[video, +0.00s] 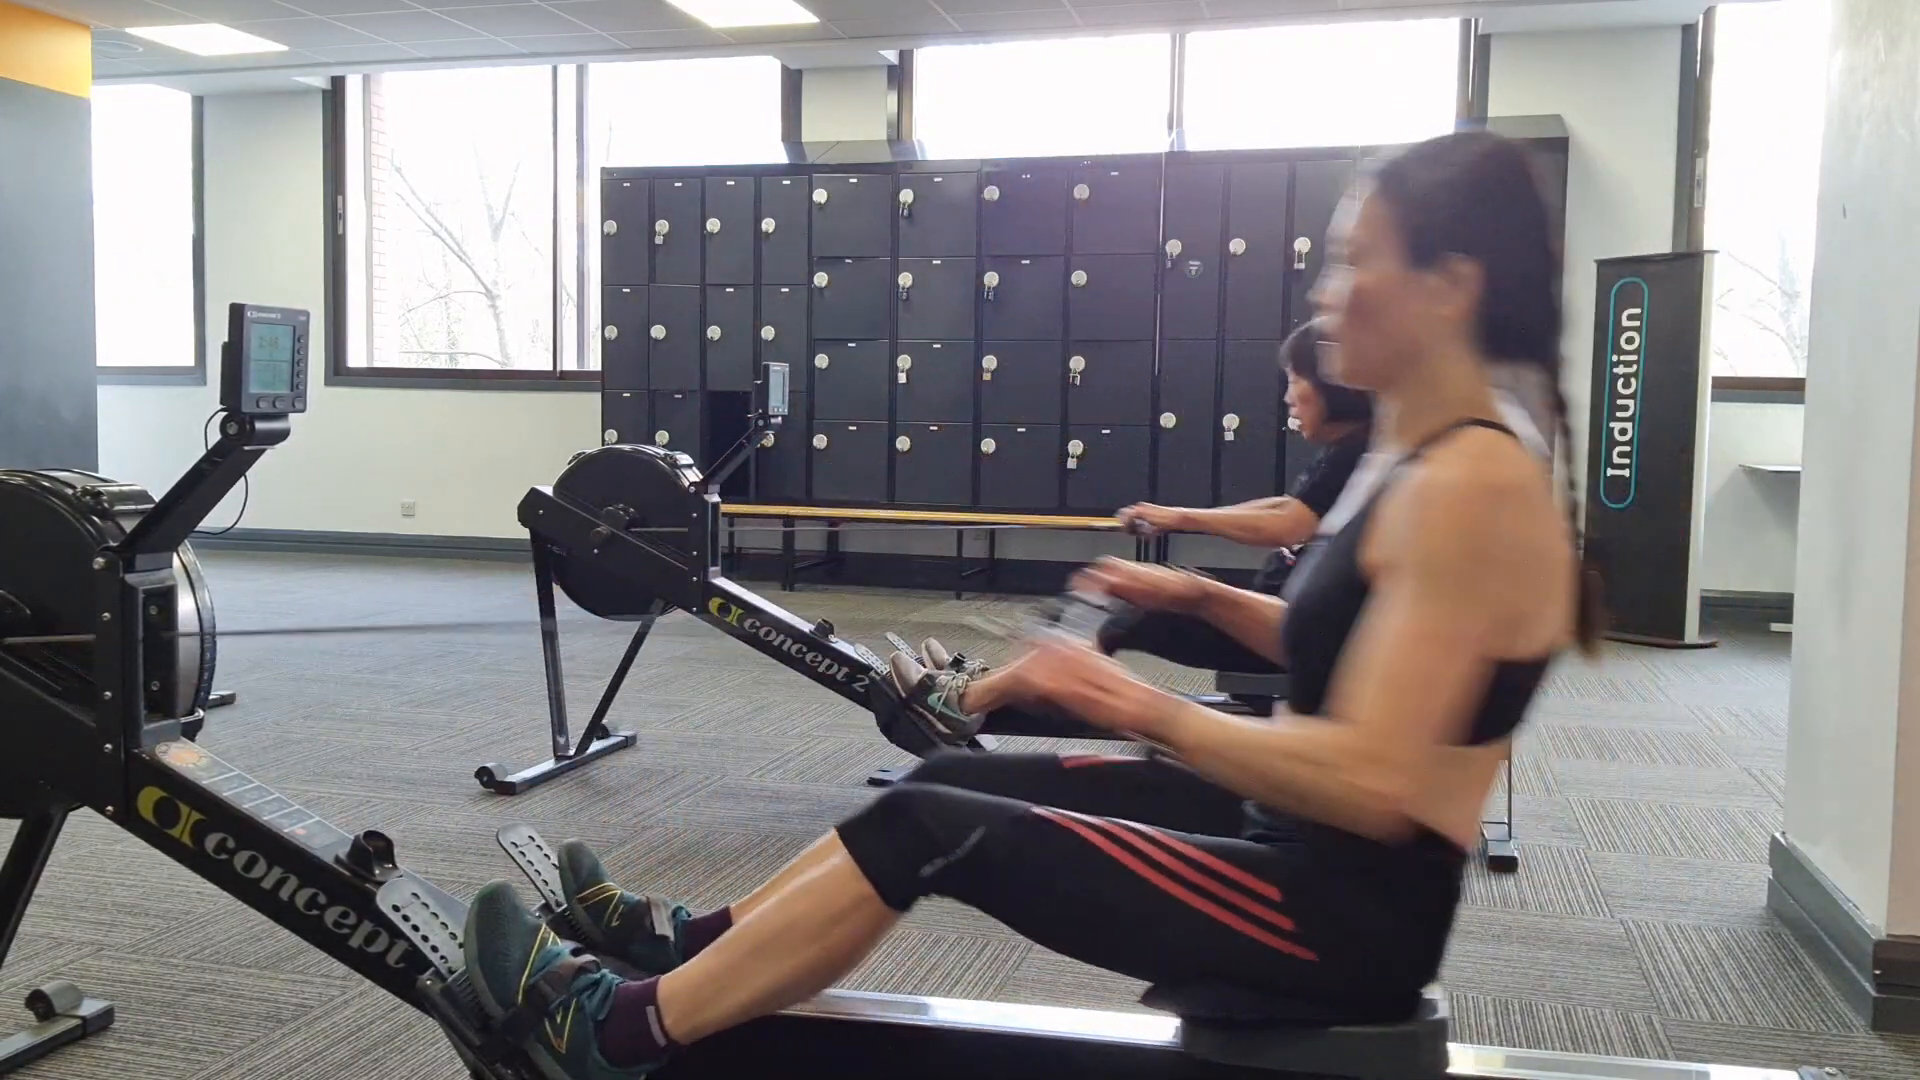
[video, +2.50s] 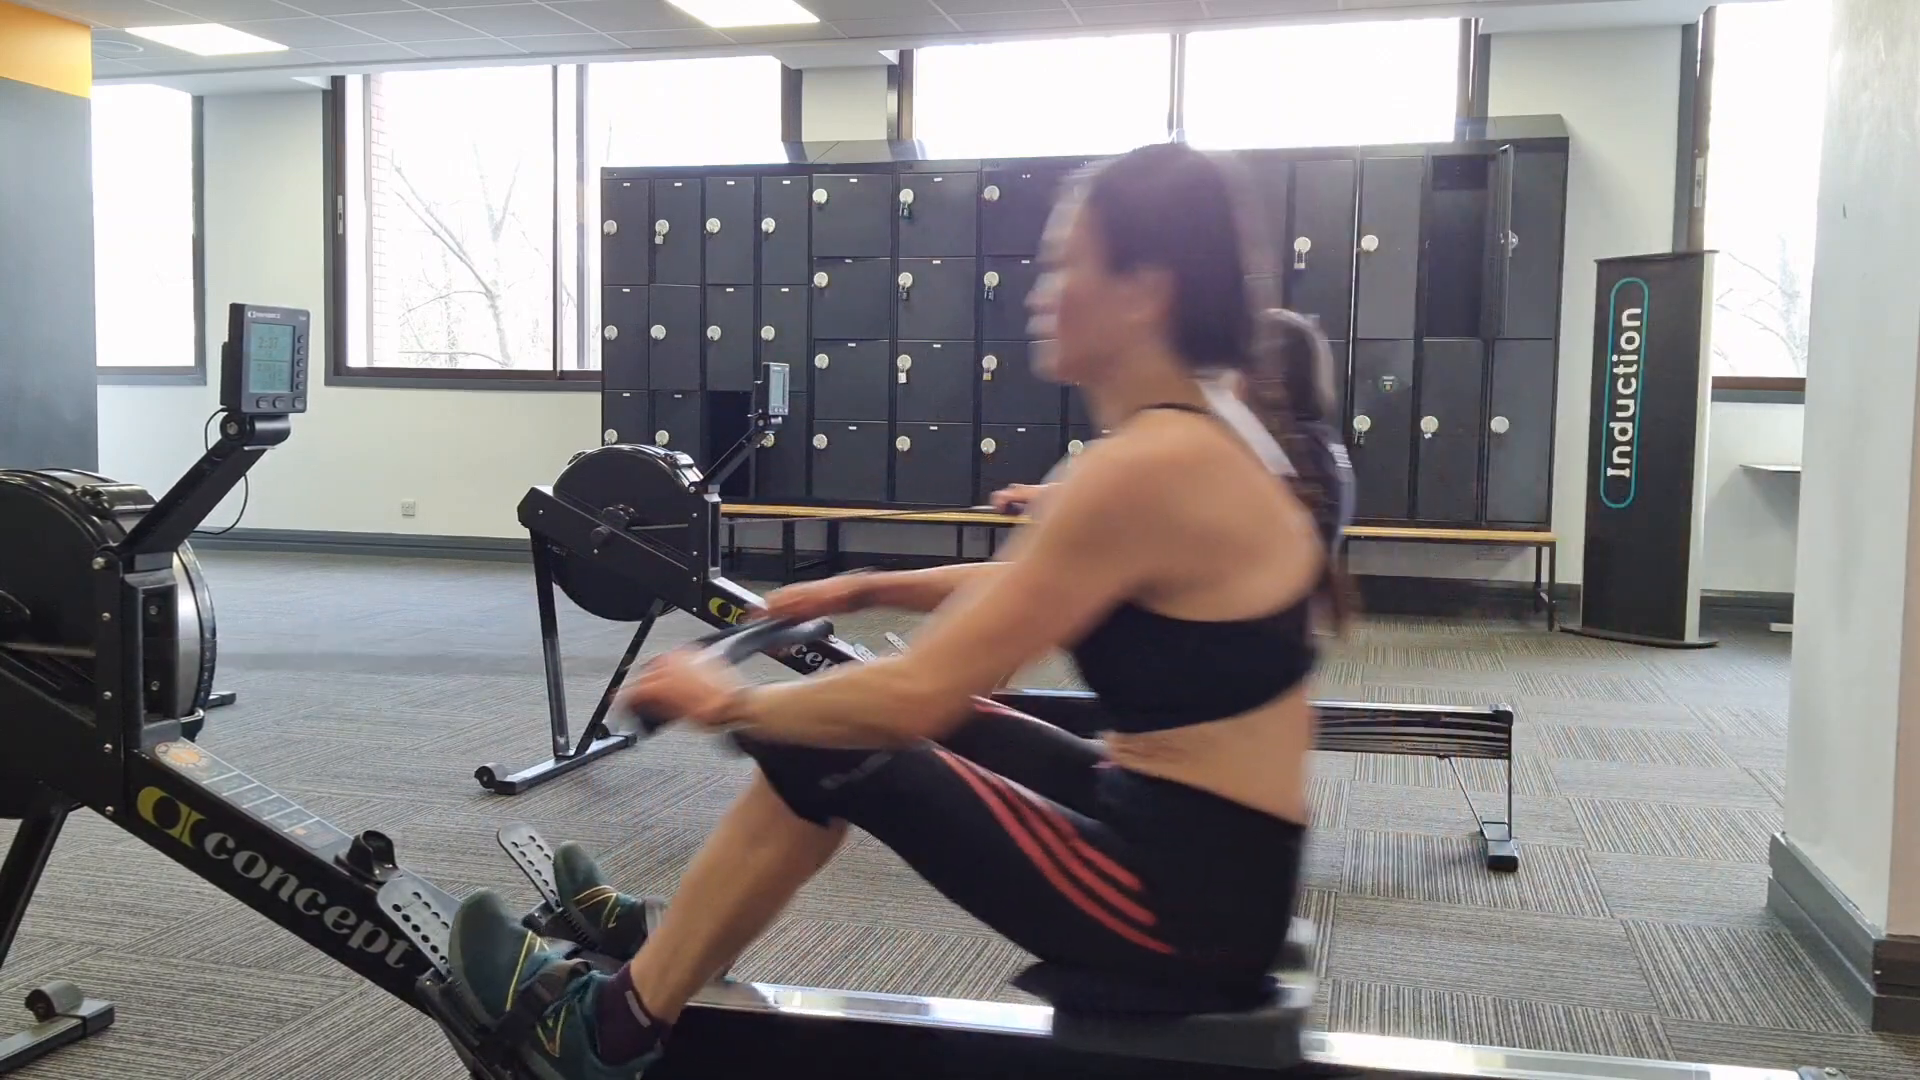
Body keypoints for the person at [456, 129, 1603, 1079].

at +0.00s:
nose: (1322, 296)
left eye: (1350, 262)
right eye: (1329, 264)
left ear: (1455, 284)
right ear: (1429, 284)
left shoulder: (1477, 486)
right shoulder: (1420, 466)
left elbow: (1385, 782)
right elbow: (1350, 715)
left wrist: (1128, 708)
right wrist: (1151, 675)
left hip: (1340, 916)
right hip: (1303, 855)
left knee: (937, 816)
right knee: (953, 776)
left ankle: (638, 1033)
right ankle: (693, 958)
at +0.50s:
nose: (888, 317)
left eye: (907, 287)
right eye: (893, 288)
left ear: (985, 304)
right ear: (985, 306)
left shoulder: (974, 474)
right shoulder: (1064, 432)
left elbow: (706, 653)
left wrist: (518, 737)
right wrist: (688, 642)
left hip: (1050, 894)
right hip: (1104, 861)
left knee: (731, 692)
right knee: (782, 644)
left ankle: (615, 1011)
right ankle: (695, 937)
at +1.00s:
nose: (721, 327)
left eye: (739, 304)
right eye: (729, 304)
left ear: (807, 333)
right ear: (845, 339)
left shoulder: (793, 477)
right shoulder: (932, 458)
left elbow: (505, 583)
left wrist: (297, 640)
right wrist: (559, 596)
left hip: (938, 891)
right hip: (1024, 876)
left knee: (670, 645)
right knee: (736, 636)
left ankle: (610, 997)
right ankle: (684, 931)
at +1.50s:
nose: (1284, 284)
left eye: (1321, 256)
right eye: (1294, 254)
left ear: (1417, 293)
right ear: (1401, 296)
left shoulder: (1357, 460)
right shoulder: (1436, 438)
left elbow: (1061, 579)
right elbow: (1087, 561)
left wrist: (831, 633)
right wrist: (878, 622)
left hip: (1316, 897)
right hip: (1311, 816)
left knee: (930, 813)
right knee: (957, 762)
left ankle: (622, 1025)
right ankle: (683, 957)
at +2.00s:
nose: (1438, 332)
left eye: (1464, 303)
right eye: (1444, 303)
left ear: (1573, 319)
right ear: (1554, 324)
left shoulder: (1600, 519)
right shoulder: (1537, 486)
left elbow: (1661, 843)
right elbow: (1548, 754)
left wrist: (1397, 837)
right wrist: (1368, 697)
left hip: (1377, 912)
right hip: (1350, 842)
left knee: (962, 852)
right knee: (965, 827)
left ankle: (622, 1034)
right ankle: (671, 960)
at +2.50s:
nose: (1037, 297)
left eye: (1060, 269)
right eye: (1044, 269)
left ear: (1149, 292)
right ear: (1145, 296)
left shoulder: (1143, 471)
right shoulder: (1204, 435)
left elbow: (909, 705)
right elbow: (1047, 591)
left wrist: (727, 700)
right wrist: (866, 588)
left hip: (1179, 898)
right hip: (1196, 831)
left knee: (833, 746)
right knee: (871, 699)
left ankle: (624, 1017)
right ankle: (666, 954)